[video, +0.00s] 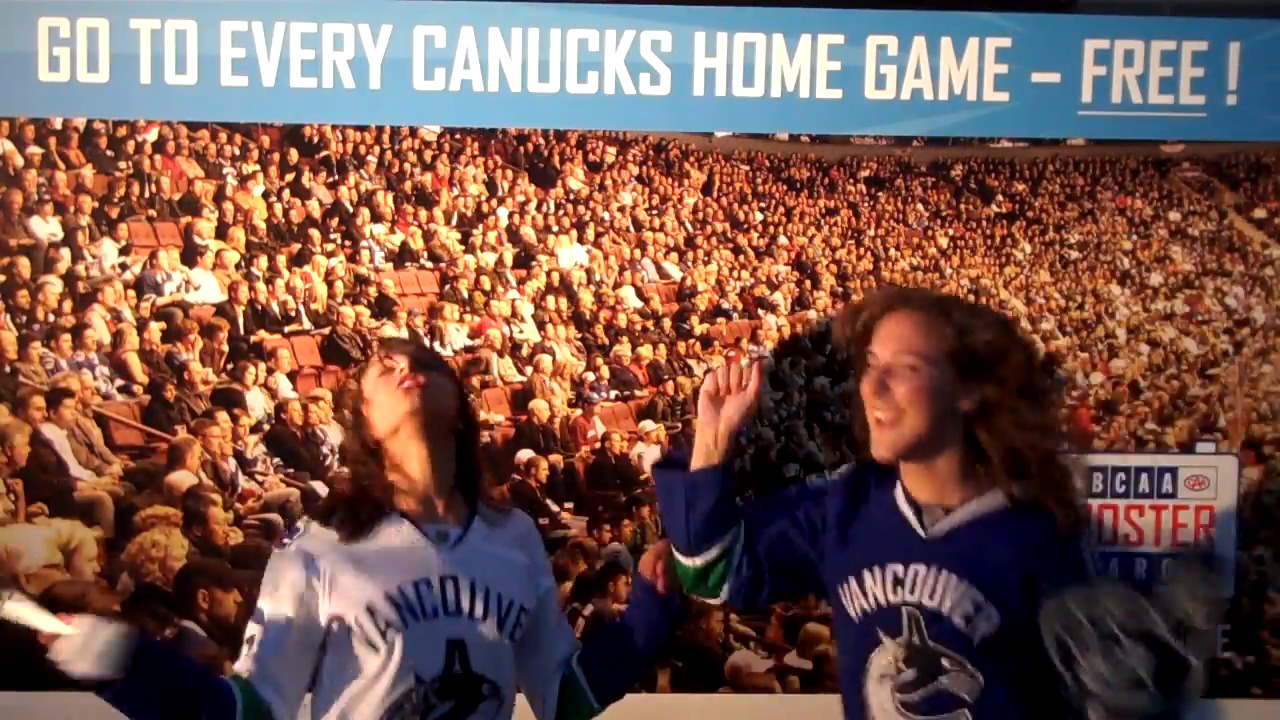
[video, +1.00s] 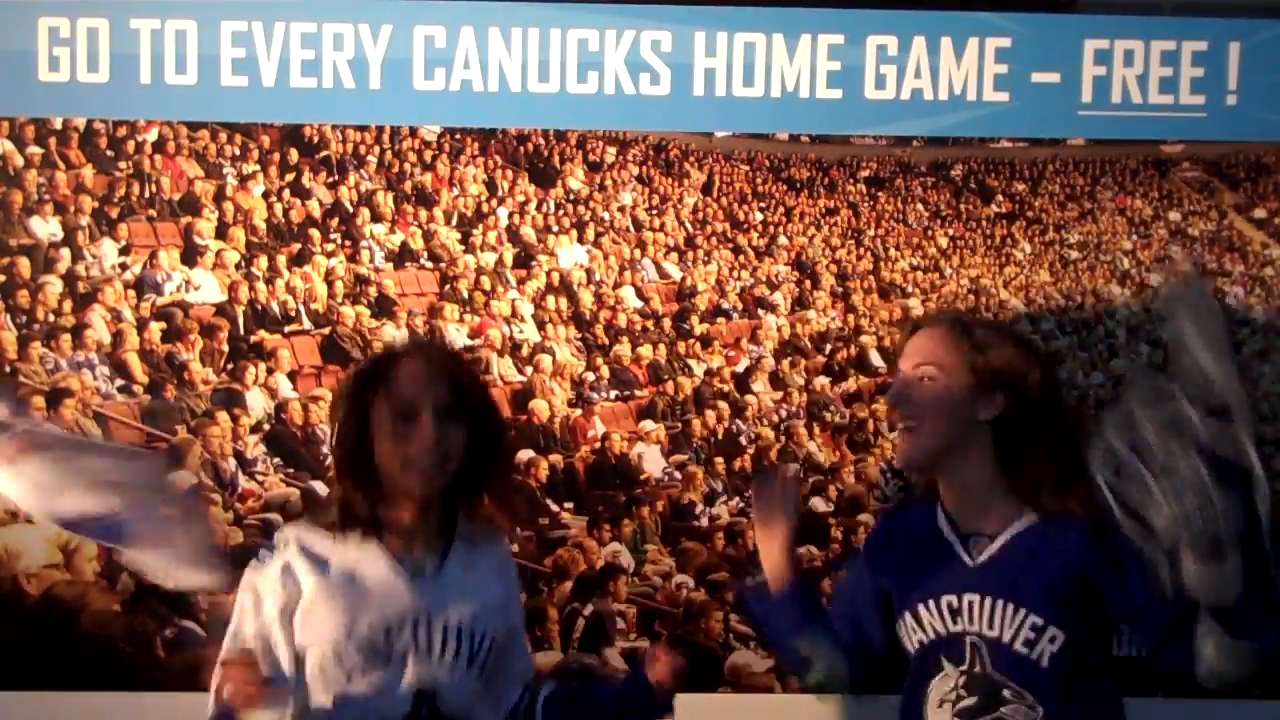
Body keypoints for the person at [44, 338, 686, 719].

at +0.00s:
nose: (403, 365)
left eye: (422, 359)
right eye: (379, 368)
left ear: (462, 407)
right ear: (359, 424)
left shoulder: (518, 540)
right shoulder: (313, 553)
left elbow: (565, 702)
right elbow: (261, 714)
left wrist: (656, 593)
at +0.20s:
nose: (444, 374)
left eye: (468, 377)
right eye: (422, 370)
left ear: (487, 432)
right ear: (388, 418)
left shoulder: (507, 562)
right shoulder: (305, 546)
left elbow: (536, 712)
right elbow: (274, 704)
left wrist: (648, 645)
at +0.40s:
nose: (412, 384)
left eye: (428, 381)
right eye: (391, 377)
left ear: (448, 419)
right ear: (349, 423)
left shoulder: (475, 556)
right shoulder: (281, 556)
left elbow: (513, 702)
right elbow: (251, 710)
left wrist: (627, 650)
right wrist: (312, 626)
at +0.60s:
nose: (405, 391)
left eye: (421, 382)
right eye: (380, 373)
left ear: (435, 417)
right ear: (333, 401)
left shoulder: (469, 544)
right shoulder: (267, 558)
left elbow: (508, 699)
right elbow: (229, 708)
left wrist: (625, 637)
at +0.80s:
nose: (428, 419)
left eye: (439, 399)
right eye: (399, 401)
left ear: (455, 417)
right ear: (350, 424)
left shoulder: (504, 548)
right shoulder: (296, 572)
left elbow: (541, 701)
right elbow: (235, 716)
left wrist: (620, 626)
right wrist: (98, 674)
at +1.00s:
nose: (430, 440)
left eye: (448, 417)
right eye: (405, 418)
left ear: (469, 436)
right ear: (366, 436)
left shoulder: (490, 563)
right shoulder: (293, 565)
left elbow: (512, 700)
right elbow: (247, 692)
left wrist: (628, 691)